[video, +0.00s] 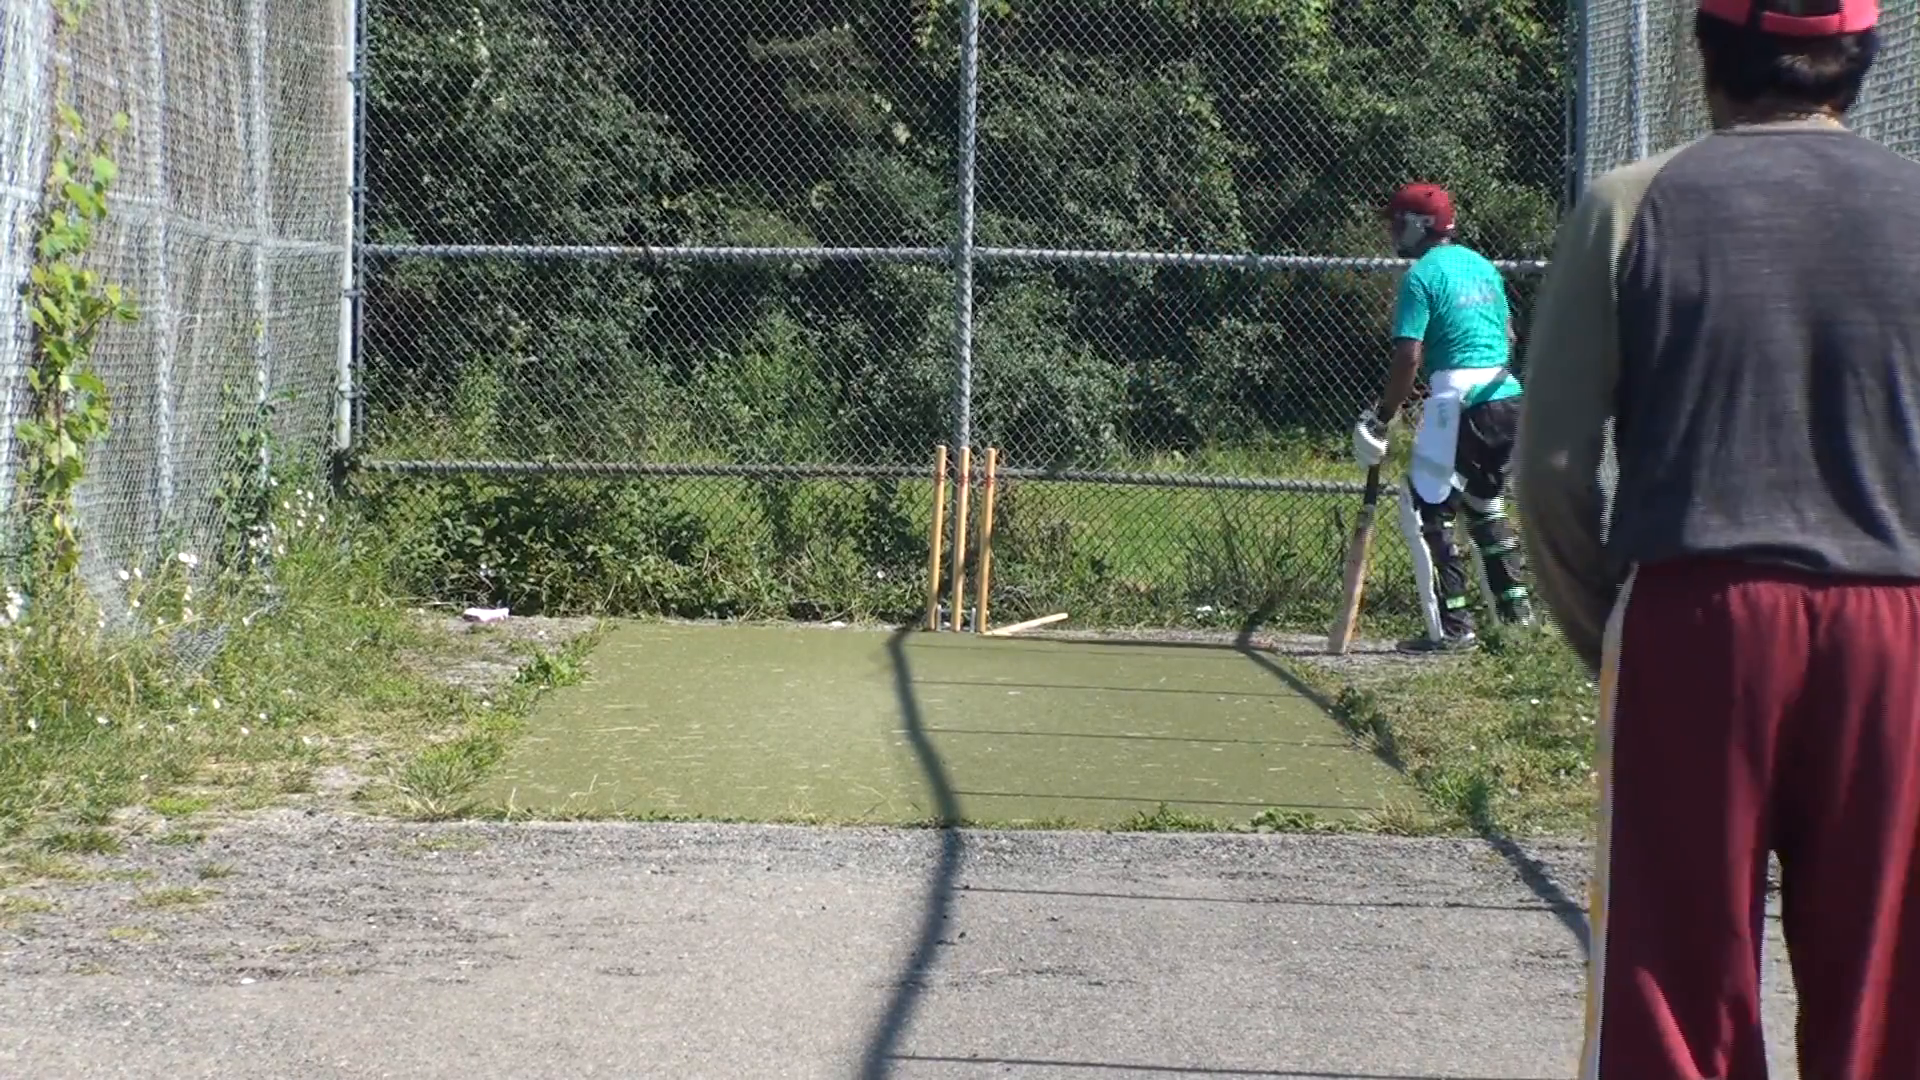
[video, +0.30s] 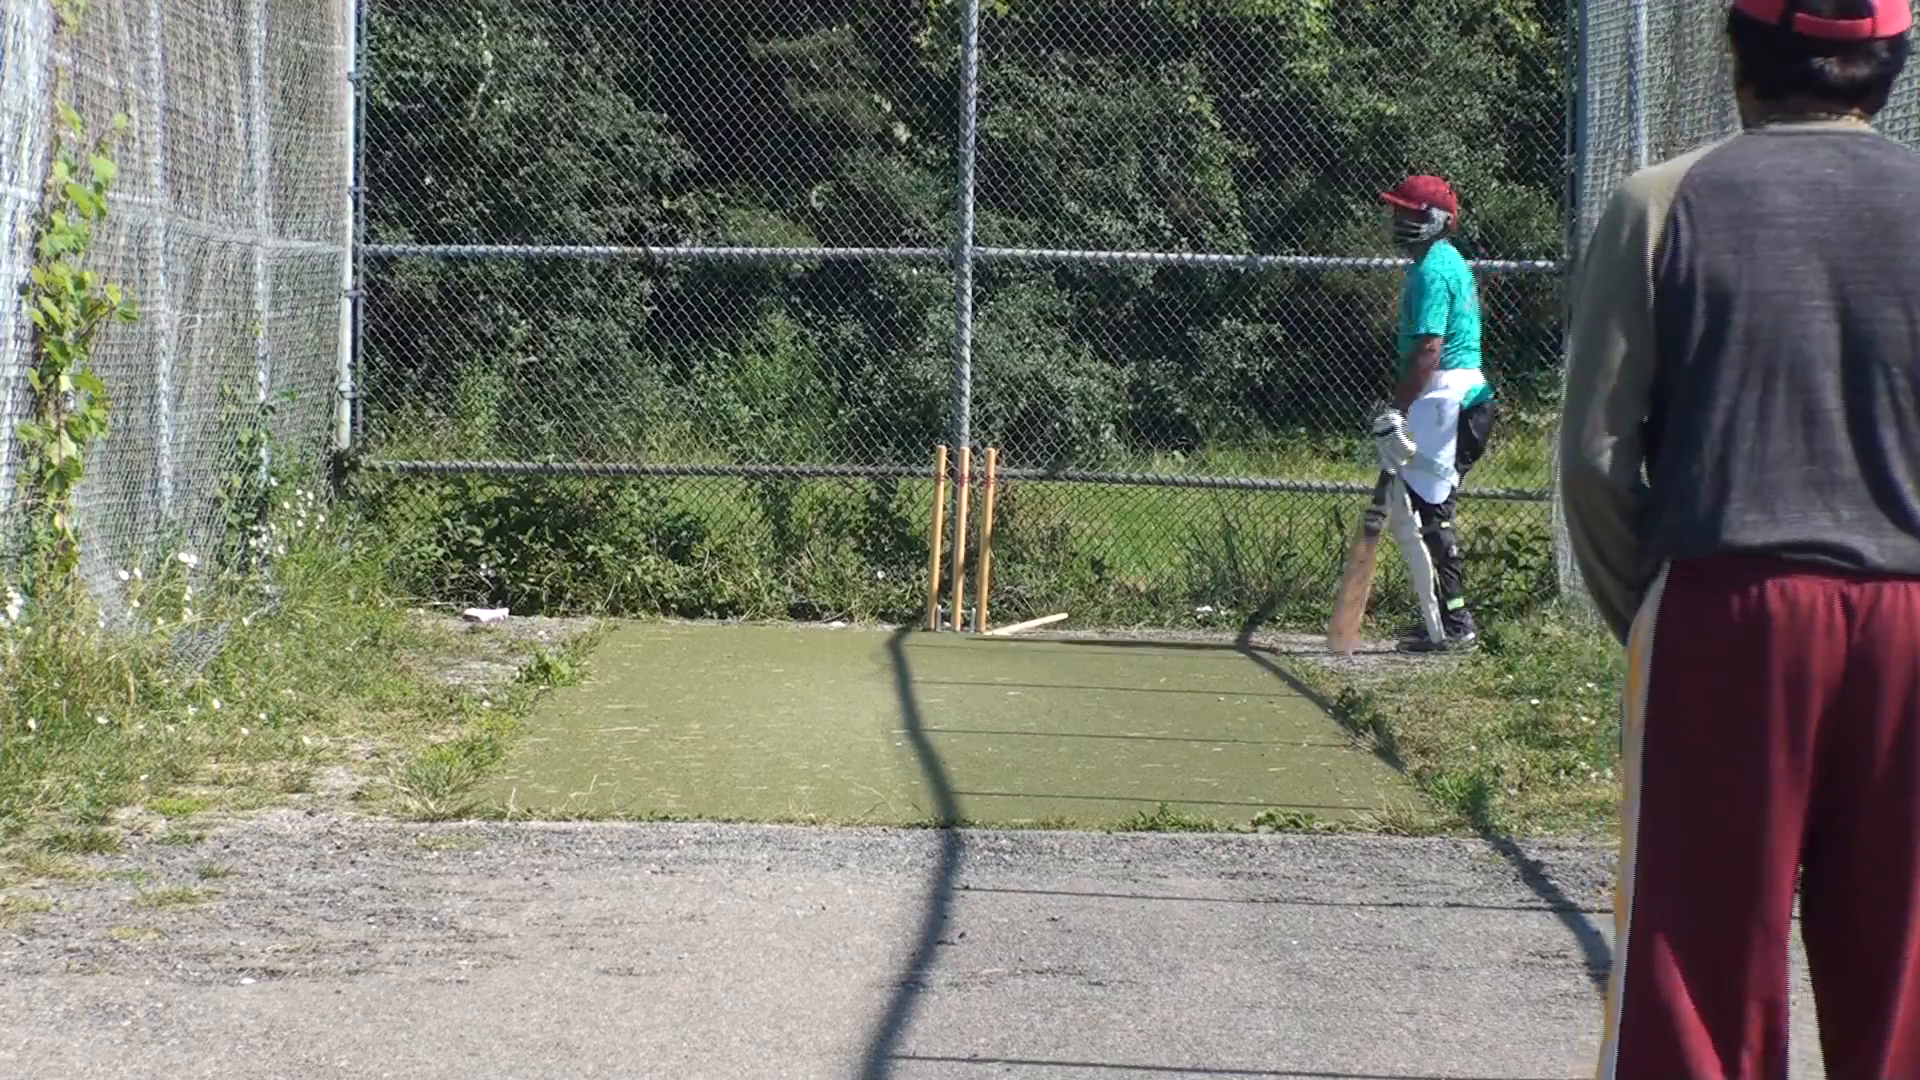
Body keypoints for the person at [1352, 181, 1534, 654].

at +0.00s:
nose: (1391, 232)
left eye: (1397, 223)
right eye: (1392, 222)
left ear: (1419, 225)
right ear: (1442, 226)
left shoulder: (1420, 275)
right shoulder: (1482, 264)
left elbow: (1408, 358)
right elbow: (1507, 333)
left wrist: (1382, 418)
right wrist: (1450, 382)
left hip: (1459, 409)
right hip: (1505, 402)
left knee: (1428, 508)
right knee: (1485, 504)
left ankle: (1452, 625)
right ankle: (1517, 611)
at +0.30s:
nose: (1399, 223)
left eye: (1410, 215)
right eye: (1398, 214)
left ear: (1436, 220)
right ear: (1431, 221)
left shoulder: (1433, 268)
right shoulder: (1443, 261)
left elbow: (1429, 353)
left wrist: (1394, 412)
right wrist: (1401, 407)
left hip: (1445, 403)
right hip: (1457, 397)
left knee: (1429, 508)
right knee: (1422, 504)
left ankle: (1452, 619)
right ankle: (1443, 615)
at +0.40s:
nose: (1398, 223)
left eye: (1410, 215)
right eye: (1395, 214)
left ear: (1436, 221)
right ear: (1393, 216)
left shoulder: (1434, 269)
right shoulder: (1418, 266)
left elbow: (1440, 346)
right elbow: (1429, 342)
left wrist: (1407, 408)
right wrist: (1405, 398)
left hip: (1442, 400)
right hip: (1430, 396)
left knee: (1430, 507)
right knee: (1413, 502)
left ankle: (1452, 616)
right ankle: (1417, 606)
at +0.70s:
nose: (1387, 223)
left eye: (1399, 215)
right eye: (1380, 214)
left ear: (1419, 221)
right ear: (1372, 217)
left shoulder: (1425, 273)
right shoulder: (1369, 270)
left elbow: (1448, 346)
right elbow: (1367, 344)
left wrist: (1425, 411)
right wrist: (1352, 404)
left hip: (1403, 399)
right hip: (1367, 399)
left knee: (1391, 525)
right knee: (1341, 521)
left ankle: (1440, 628)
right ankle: (1355, 629)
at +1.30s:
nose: (1352, 221)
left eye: (1363, 215)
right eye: (1345, 213)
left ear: (1379, 223)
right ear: (1332, 216)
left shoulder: (1389, 273)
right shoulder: (1309, 270)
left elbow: (1410, 345)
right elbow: (1293, 335)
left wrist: (1401, 411)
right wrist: (1279, 394)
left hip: (1367, 395)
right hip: (1319, 397)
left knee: (1348, 508)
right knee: (1317, 513)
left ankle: (1365, 626)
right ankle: (1345, 623)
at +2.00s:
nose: (1300, 221)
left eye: (1312, 213)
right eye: (1293, 212)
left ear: (1331, 217)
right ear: (1283, 214)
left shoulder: (1347, 272)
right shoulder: (1264, 268)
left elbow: (1369, 345)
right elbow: (1250, 334)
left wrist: (1365, 412)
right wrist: (1231, 356)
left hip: (1324, 396)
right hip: (1272, 396)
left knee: (1303, 508)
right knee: (1244, 508)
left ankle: (1301, 632)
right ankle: (1299, 600)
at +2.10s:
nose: (1296, 214)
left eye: (1307, 207)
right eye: (1288, 205)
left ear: (1325, 213)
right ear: (1277, 210)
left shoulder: (1341, 271)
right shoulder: (1257, 267)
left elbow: (1361, 346)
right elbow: (1245, 333)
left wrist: (1360, 412)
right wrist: (1223, 354)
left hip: (1318, 397)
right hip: (1263, 396)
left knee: (1302, 510)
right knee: (1229, 498)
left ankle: (1298, 632)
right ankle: (1257, 617)